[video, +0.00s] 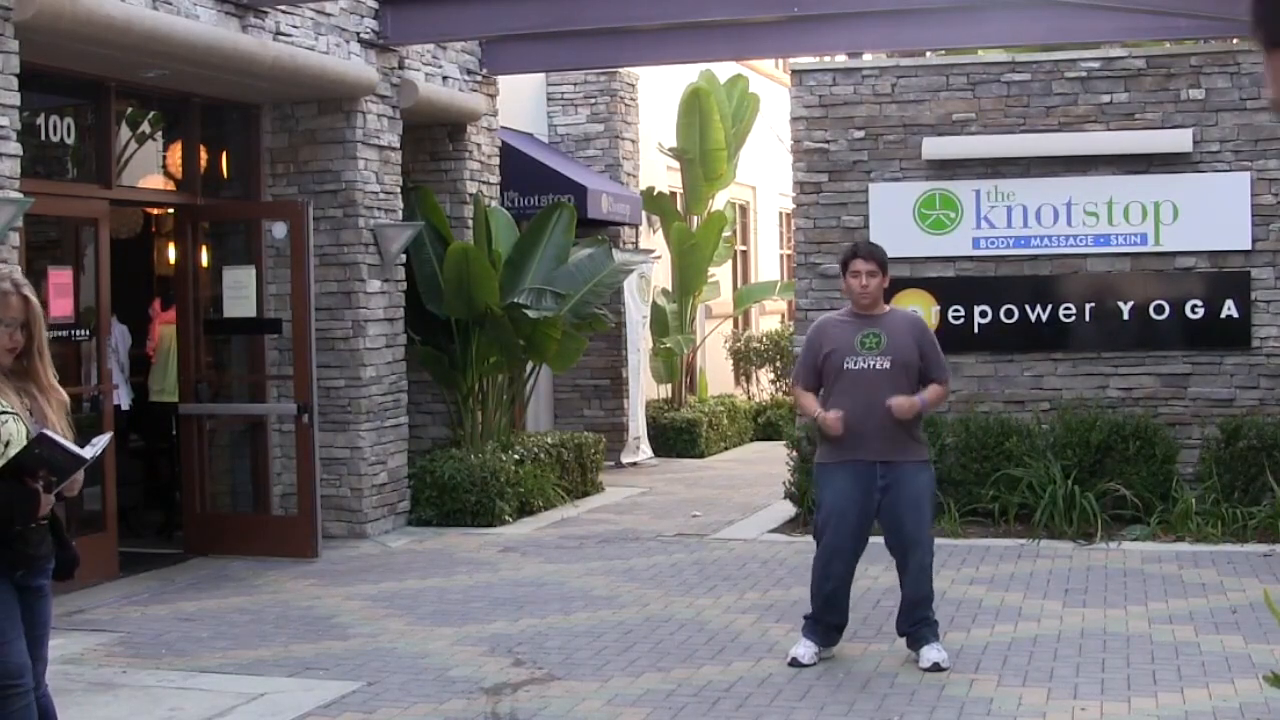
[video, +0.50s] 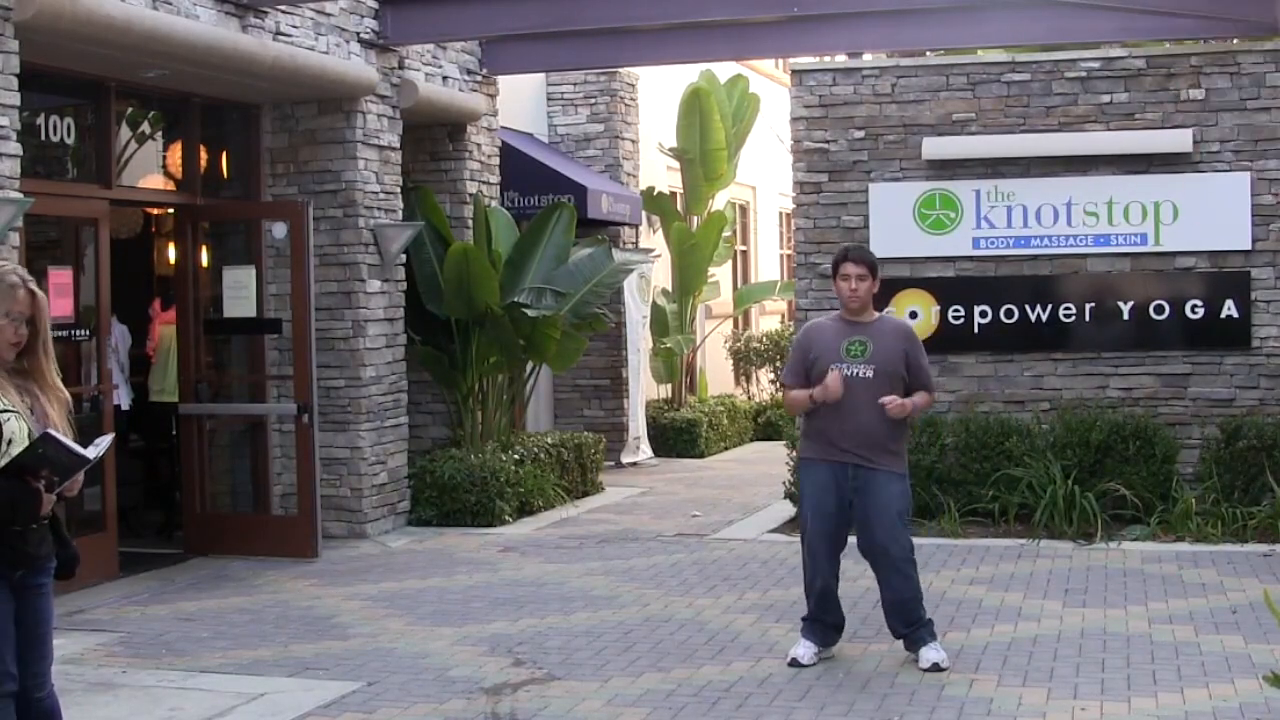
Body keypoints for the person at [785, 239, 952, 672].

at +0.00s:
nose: (862, 283)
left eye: (870, 275)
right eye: (854, 275)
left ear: (885, 279)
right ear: (843, 281)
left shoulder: (913, 325)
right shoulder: (823, 330)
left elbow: (940, 385)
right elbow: (802, 388)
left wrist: (917, 402)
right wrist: (819, 413)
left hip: (906, 460)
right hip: (842, 461)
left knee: (917, 550)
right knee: (833, 550)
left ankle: (924, 637)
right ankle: (817, 635)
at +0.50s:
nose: (852, 286)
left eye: (860, 279)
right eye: (845, 279)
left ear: (875, 284)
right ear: (834, 284)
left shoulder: (900, 333)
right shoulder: (811, 335)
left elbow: (926, 393)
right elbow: (790, 400)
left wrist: (909, 405)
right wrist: (816, 394)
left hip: (883, 463)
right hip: (821, 460)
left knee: (889, 545)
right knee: (817, 546)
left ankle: (920, 637)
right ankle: (817, 633)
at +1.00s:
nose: (859, 285)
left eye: (868, 277)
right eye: (851, 278)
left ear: (882, 282)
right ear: (841, 285)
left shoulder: (908, 330)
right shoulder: (823, 333)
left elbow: (938, 398)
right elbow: (795, 401)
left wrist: (918, 369)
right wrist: (806, 381)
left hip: (903, 466)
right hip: (839, 467)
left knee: (912, 553)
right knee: (833, 553)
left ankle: (923, 638)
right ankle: (818, 636)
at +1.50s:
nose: (854, 283)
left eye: (862, 276)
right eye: (846, 276)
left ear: (877, 282)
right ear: (835, 282)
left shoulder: (902, 331)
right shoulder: (812, 332)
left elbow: (925, 388)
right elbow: (794, 383)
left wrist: (919, 420)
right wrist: (791, 417)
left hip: (888, 457)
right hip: (824, 457)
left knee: (901, 545)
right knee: (820, 548)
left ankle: (921, 637)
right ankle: (817, 634)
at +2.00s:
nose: (852, 279)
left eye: (860, 271)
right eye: (844, 271)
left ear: (874, 276)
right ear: (832, 278)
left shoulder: (901, 326)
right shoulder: (812, 329)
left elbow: (929, 385)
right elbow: (788, 387)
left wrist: (914, 402)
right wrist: (799, 401)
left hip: (889, 463)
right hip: (824, 462)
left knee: (902, 551)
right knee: (821, 551)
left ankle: (922, 637)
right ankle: (818, 633)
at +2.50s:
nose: (857, 279)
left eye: (865, 270)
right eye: (849, 271)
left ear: (880, 277)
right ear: (839, 277)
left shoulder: (900, 324)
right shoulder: (817, 328)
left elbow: (915, 383)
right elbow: (797, 392)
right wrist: (797, 448)